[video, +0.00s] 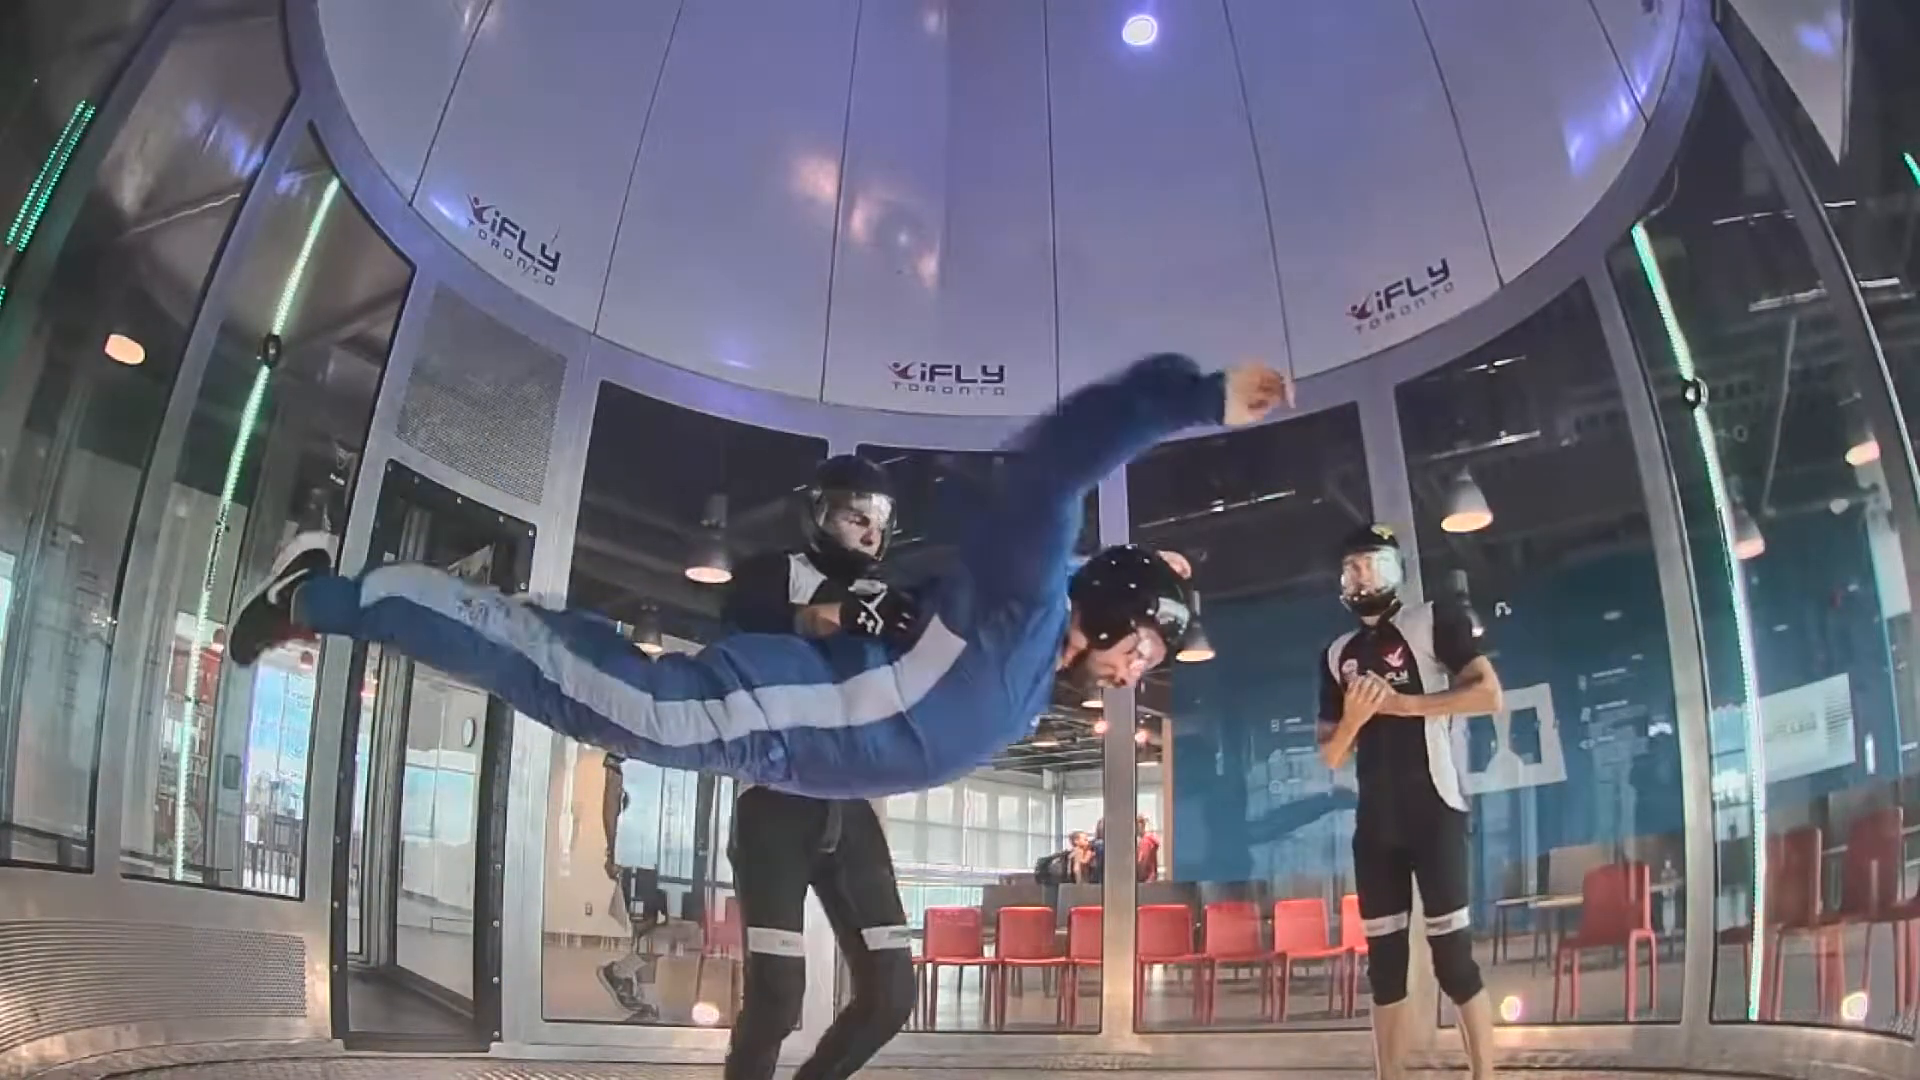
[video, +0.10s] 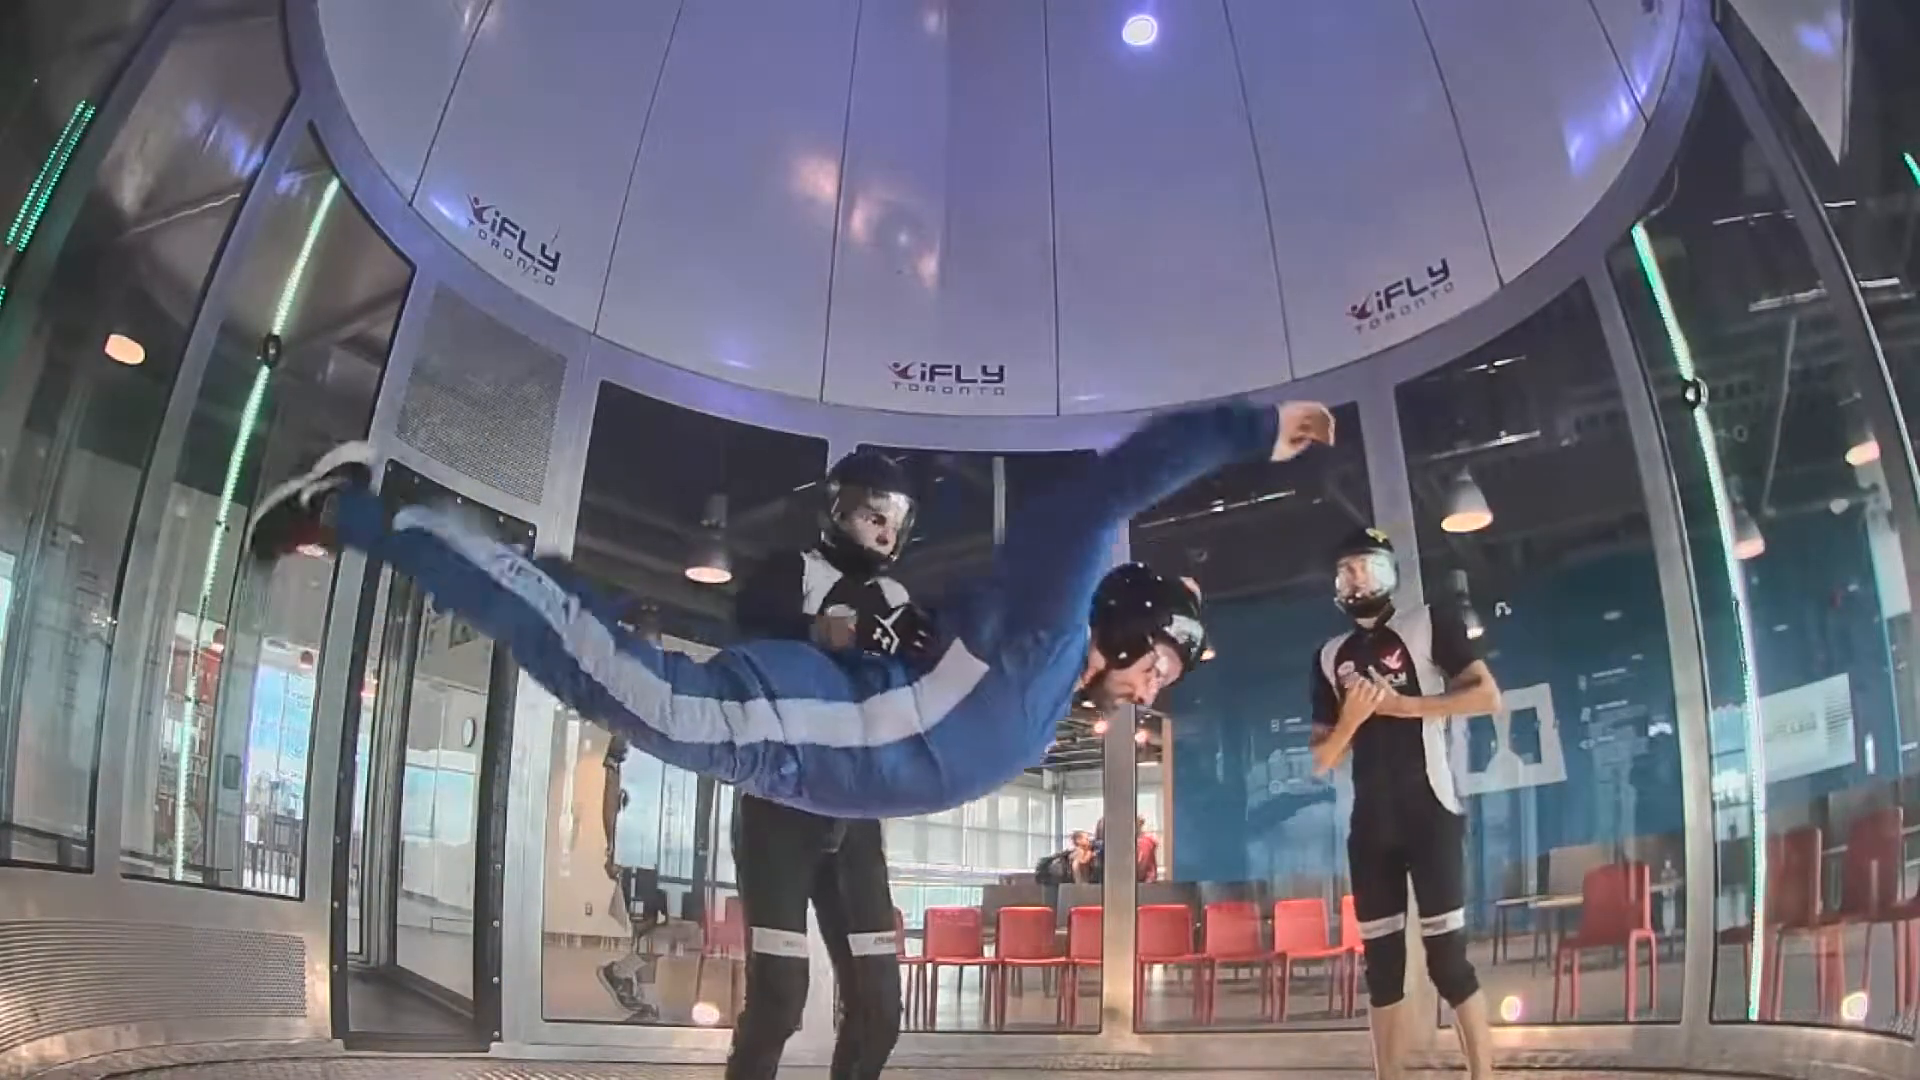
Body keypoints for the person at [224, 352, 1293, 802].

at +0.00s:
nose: (1129, 670)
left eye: (1141, 662)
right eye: (1135, 649)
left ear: (1113, 645)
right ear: (1106, 613)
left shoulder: (1021, 680)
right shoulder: (1023, 594)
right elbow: (1054, 463)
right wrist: (1201, 395)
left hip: (794, 712)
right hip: (779, 693)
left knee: (620, 677)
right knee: (597, 694)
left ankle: (419, 602)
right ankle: (340, 601)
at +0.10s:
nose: (1152, 687)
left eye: (1165, 676)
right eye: (1157, 665)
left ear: (1133, 662)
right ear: (1124, 638)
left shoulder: (1040, 698)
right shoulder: (1042, 635)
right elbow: (1102, 495)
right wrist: (1259, 429)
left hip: (776, 740)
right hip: (757, 706)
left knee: (601, 660)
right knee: (580, 656)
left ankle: (428, 520)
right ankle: (369, 523)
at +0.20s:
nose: (1155, 694)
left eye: (1169, 687)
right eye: (1162, 674)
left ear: (1142, 681)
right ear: (1134, 648)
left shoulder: (1040, 712)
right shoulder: (1050, 655)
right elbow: (1121, 509)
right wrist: (1274, 448)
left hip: (778, 731)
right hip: (774, 711)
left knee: (603, 636)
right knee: (615, 654)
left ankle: (406, 475)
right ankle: (387, 472)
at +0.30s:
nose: (1165, 726)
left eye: (1176, 717)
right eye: (1173, 704)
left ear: (1150, 704)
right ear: (1146, 677)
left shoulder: (1046, 740)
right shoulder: (1059, 675)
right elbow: (1138, 532)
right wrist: (1294, 472)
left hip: (761, 728)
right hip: (771, 702)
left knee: (600, 618)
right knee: (616, 590)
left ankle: (440, 418)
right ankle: (434, 394)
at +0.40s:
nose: (1170, 739)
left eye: (1183, 726)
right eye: (1180, 715)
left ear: (1147, 705)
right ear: (1152, 687)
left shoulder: (1054, 747)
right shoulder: (1064, 678)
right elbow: (1157, 540)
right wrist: (1314, 483)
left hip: (767, 734)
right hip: (770, 699)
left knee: (624, 636)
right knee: (618, 556)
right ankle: (455, 375)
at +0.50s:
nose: (1191, 738)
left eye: (1205, 730)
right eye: (1199, 716)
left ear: (1169, 722)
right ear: (1174, 694)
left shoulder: (1068, 779)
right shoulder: (1096, 690)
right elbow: (1185, 566)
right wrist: (1329, 536)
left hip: (781, 751)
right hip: (801, 701)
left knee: (639, 647)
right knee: (659, 598)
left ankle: (554, 571)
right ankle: (488, 357)